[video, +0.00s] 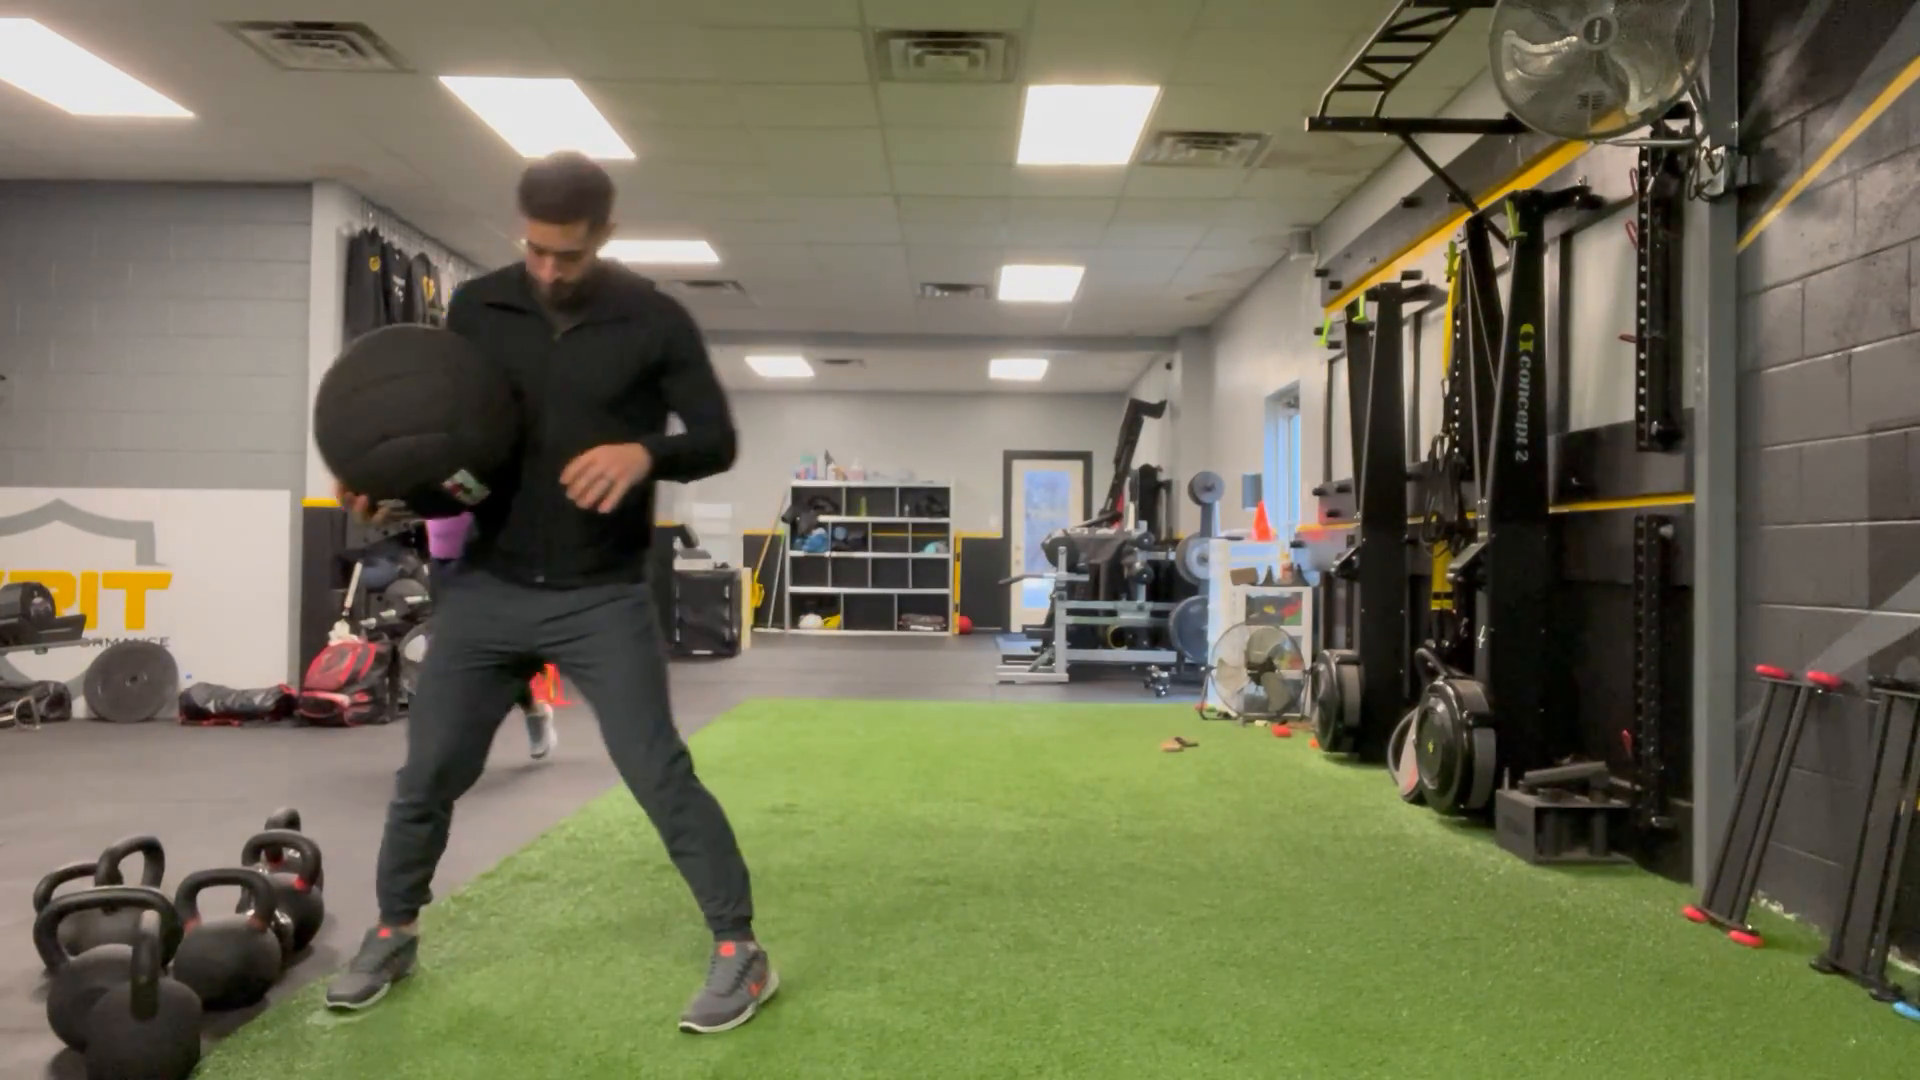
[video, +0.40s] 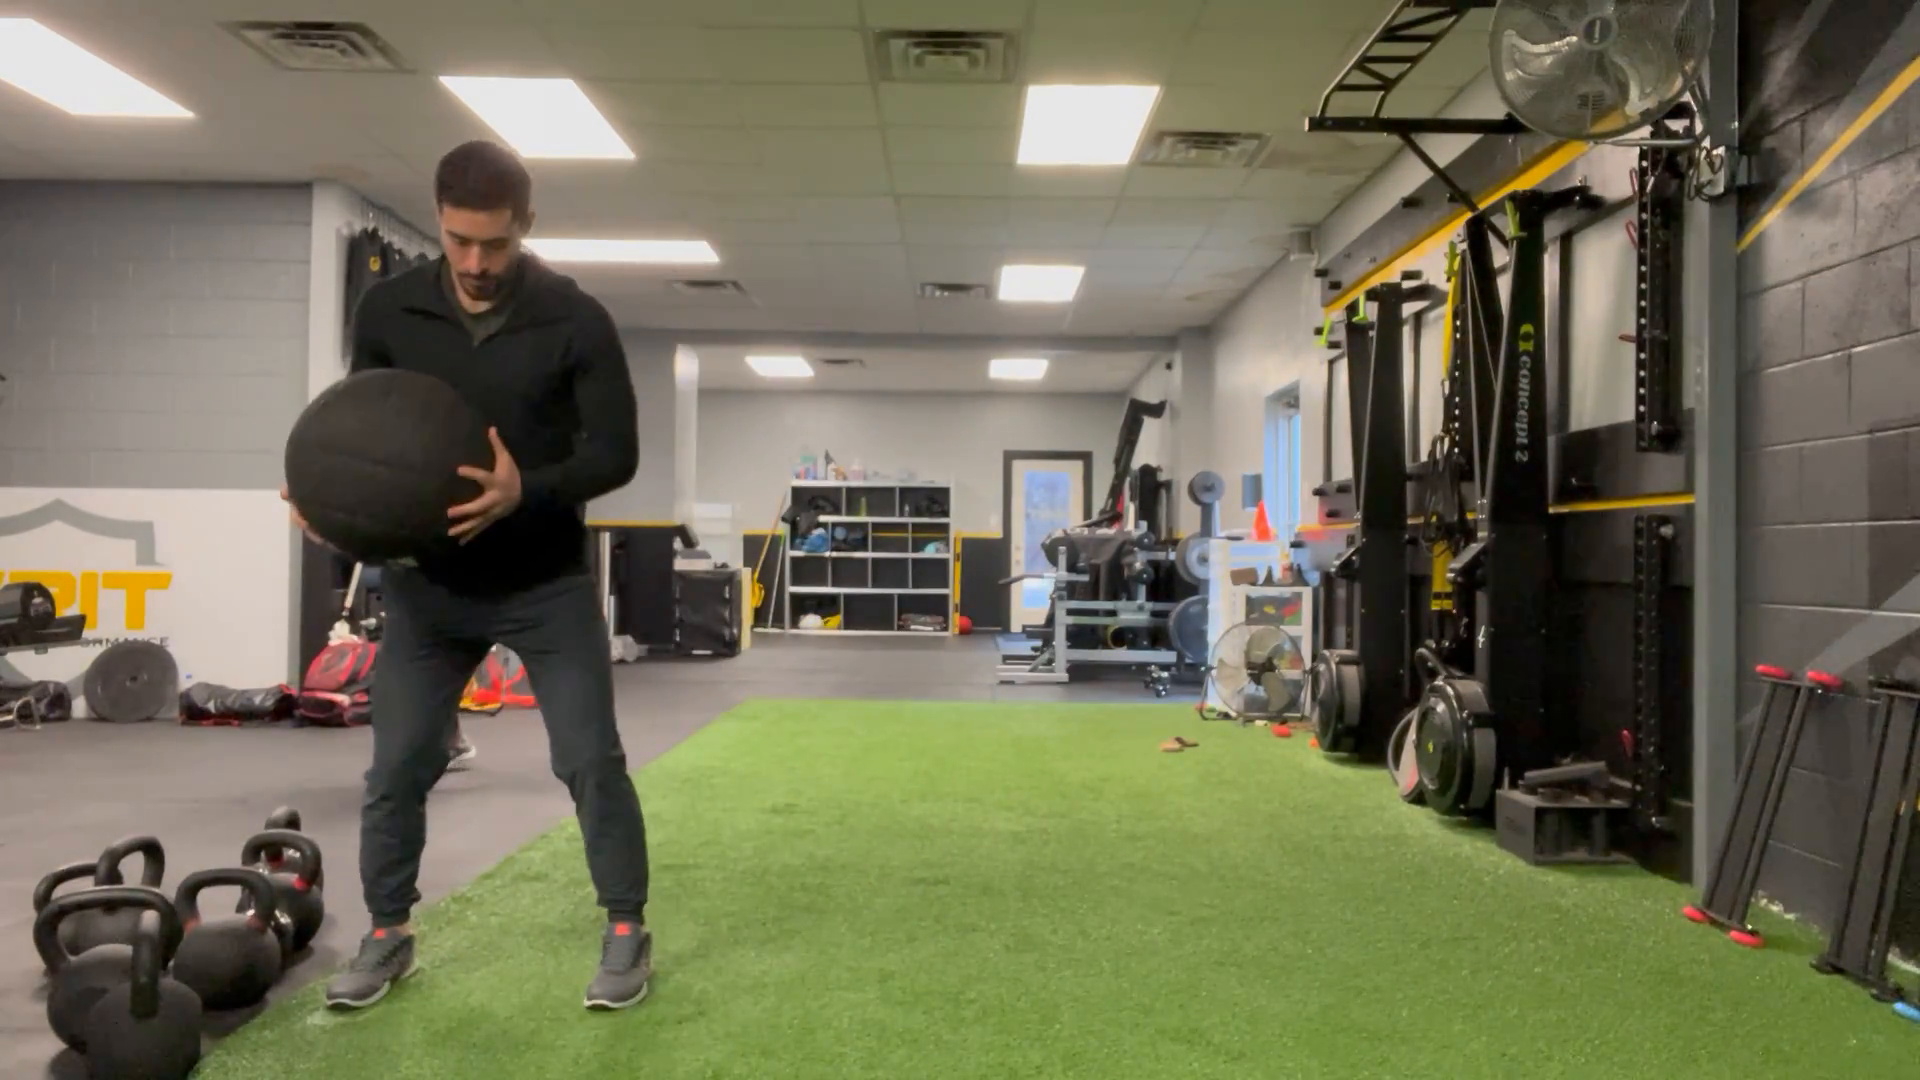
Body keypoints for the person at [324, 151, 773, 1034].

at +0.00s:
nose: (548, 271)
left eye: (567, 256)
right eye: (536, 251)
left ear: (603, 238)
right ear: (519, 229)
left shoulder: (655, 319)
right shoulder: (478, 308)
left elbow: (717, 441)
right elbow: (436, 429)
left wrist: (648, 454)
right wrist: (379, 482)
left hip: (604, 596)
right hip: (486, 589)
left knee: (655, 769)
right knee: (427, 773)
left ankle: (738, 948)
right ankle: (393, 933)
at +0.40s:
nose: (476, 262)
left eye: (494, 245)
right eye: (461, 242)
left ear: (525, 228)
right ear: (438, 224)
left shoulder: (574, 321)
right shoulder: (388, 308)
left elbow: (615, 455)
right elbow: (367, 435)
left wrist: (527, 486)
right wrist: (320, 490)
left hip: (547, 585)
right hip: (426, 586)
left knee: (590, 759)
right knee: (395, 768)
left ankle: (625, 928)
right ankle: (387, 933)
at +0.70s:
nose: (472, 272)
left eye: (489, 254)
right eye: (456, 253)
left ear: (519, 236)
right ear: (430, 235)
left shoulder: (568, 326)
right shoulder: (380, 317)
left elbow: (611, 460)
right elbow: (359, 440)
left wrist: (520, 505)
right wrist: (319, 507)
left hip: (546, 587)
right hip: (426, 590)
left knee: (587, 757)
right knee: (396, 767)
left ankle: (624, 927)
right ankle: (387, 932)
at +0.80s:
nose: (472, 275)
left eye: (489, 256)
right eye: (455, 255)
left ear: (518, 239)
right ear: (429, 237)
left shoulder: (567, 328)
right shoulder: (379, 319)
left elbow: (607, 460)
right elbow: (354, 435)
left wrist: (519, 506)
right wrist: (320, 506)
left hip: (545, 586)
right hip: (426, 590)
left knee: (583, 753)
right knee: (401, 772)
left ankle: (625, 921)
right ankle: (387, 933)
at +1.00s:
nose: (507, 283)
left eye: (526, 265)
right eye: (491, 263)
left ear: (553, 248)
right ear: (463, 241)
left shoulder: (597, 335)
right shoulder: (410, 325)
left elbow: (630, 471)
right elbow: (380, 446)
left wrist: (533, 520)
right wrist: (372, 524)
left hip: (574, 585)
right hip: (457, 593)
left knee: (597, 751)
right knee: (422, 767)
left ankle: (635, 934)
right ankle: (390, 932)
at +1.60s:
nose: (775, 299)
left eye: (788, 279)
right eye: (757, 278)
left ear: (800, 270)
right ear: (713, 260)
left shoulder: (820, 364)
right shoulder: (662, 332)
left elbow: (837, 507)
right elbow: (639, 429)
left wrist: (719, 554)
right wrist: (597, 507)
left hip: (791, 601)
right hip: (695, 600)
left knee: (698, 759)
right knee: (693, 774)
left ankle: (653, 963)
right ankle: (809, 894)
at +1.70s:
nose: (824, 307)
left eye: (835, 288)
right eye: (808, 287)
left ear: (845, 278)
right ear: (759, 269)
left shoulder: (863, 376)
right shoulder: (710, 338)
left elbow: (882, 518)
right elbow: (688, 443)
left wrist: (761, 564)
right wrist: (648, 525)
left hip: (839, 603)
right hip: (748, 603)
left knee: (743, 755)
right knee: (747, 778)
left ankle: (669, 961)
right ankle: (842, 916)